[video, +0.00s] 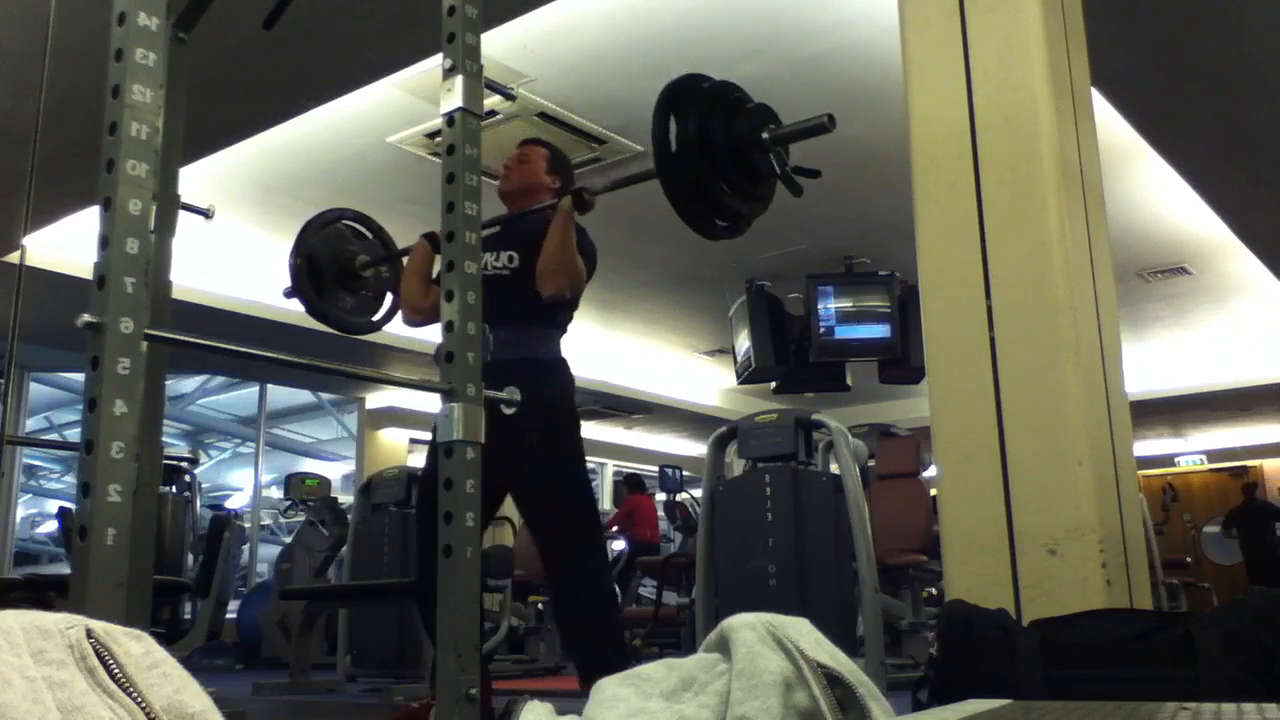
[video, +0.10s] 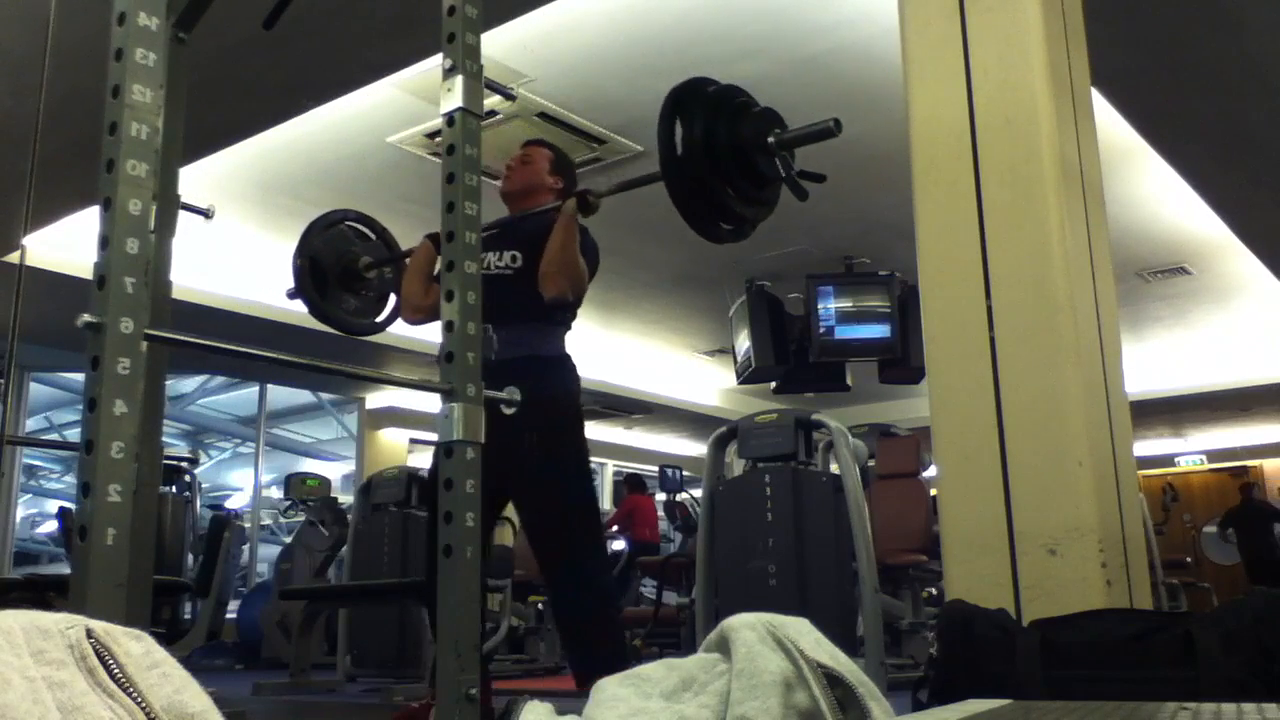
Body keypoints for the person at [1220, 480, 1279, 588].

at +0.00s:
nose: (1250, 494)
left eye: (1248, 492)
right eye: (1251, 492)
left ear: (1243, 493)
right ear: (1255, 492)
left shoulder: (1236, 511)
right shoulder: (1267, 506)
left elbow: (1226, 532)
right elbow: (1278, 516)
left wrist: (1240, 535)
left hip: (1249, 553)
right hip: (1270, 551)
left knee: (1255, 582)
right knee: (1273, 582)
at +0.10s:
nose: (1250, 494)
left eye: (1246, 492)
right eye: (1251, 491)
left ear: (1241, 493)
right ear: (1253, 492)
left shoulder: (1234, 511)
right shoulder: (1265, 506)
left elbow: (1222, 527)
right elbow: (1277, 516)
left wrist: (1226, 539)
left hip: (1248, 553)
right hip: (1270, 550)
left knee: (1255, 582)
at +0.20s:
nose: (1252, 493)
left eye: (1249, 491)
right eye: (1251, 491)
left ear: (1239, 493)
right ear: (1252, 492)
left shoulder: (1232, 511)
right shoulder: (1262, 506)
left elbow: (1222, 528)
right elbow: (1276, 518)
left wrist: (1227, 539)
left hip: (1246, 554)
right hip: (1268, 550)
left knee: (1254, 582)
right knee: (1273, 581)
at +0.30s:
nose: (1245, 495)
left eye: (1244, 493)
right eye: (1247, 492)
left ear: (1237, 493)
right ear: (1250, 492)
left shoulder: (1230, 511)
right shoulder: (1261, 506)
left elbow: (1223, 535)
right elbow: (1275, 522)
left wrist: (1235, 537)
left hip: (1245, 554)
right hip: (1267, 550)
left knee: (1252, 583)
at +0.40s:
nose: (1246, 494)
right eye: (1247, 492)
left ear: (1236, 493)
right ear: (1249, 492)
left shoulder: (1228, 511)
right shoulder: (1259, 506)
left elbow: (1224, 536)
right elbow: (1274, 523)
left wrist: (1235, 534)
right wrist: (1265, 531)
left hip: (1244, 554)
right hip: (1266, 550)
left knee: (1252, 582)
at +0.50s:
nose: (1245, 494)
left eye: (1243, 492)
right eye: (1247, 492)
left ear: (1235, 493)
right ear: (1248, 492)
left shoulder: (1228, 511)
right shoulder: (1258, 506)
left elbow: (1219, 533)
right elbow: (1274, 522)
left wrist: (1229, 538)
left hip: (1244, 555)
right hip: (1266, 551)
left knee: (1252, 584)